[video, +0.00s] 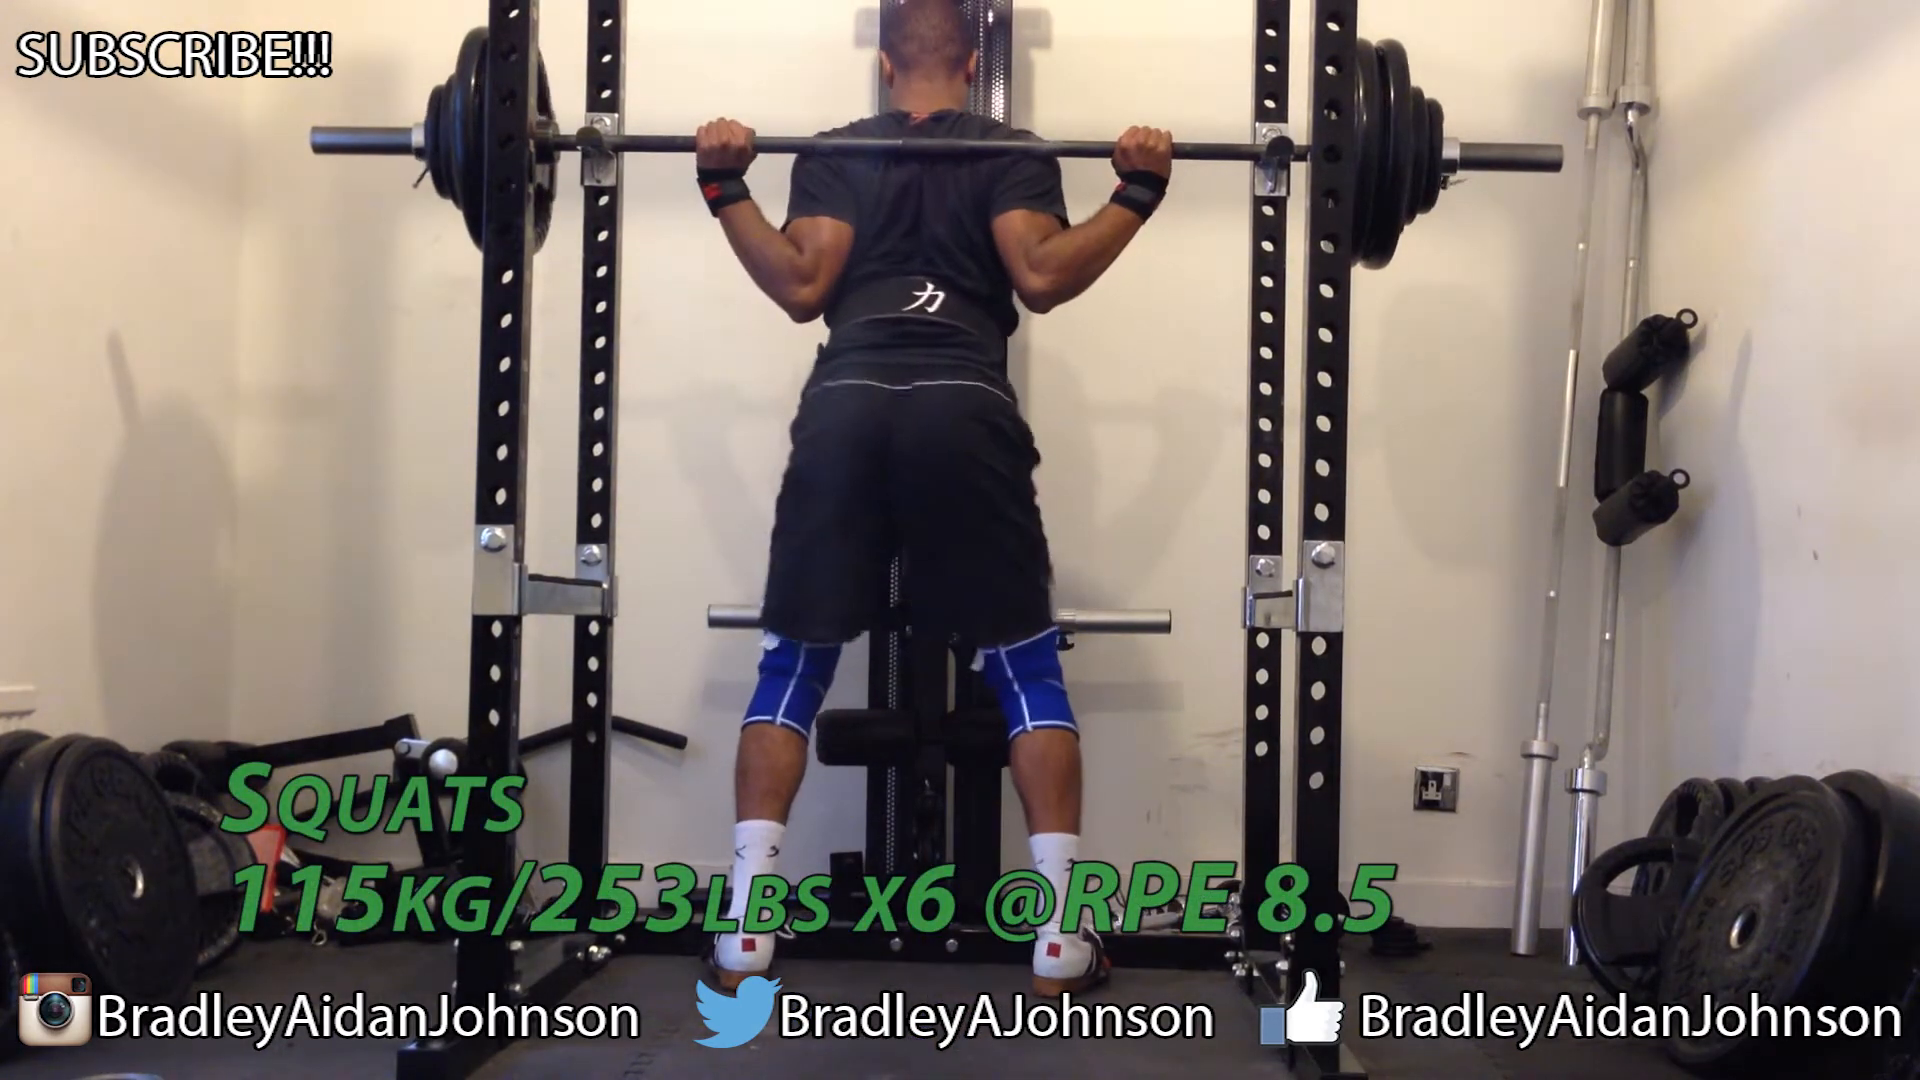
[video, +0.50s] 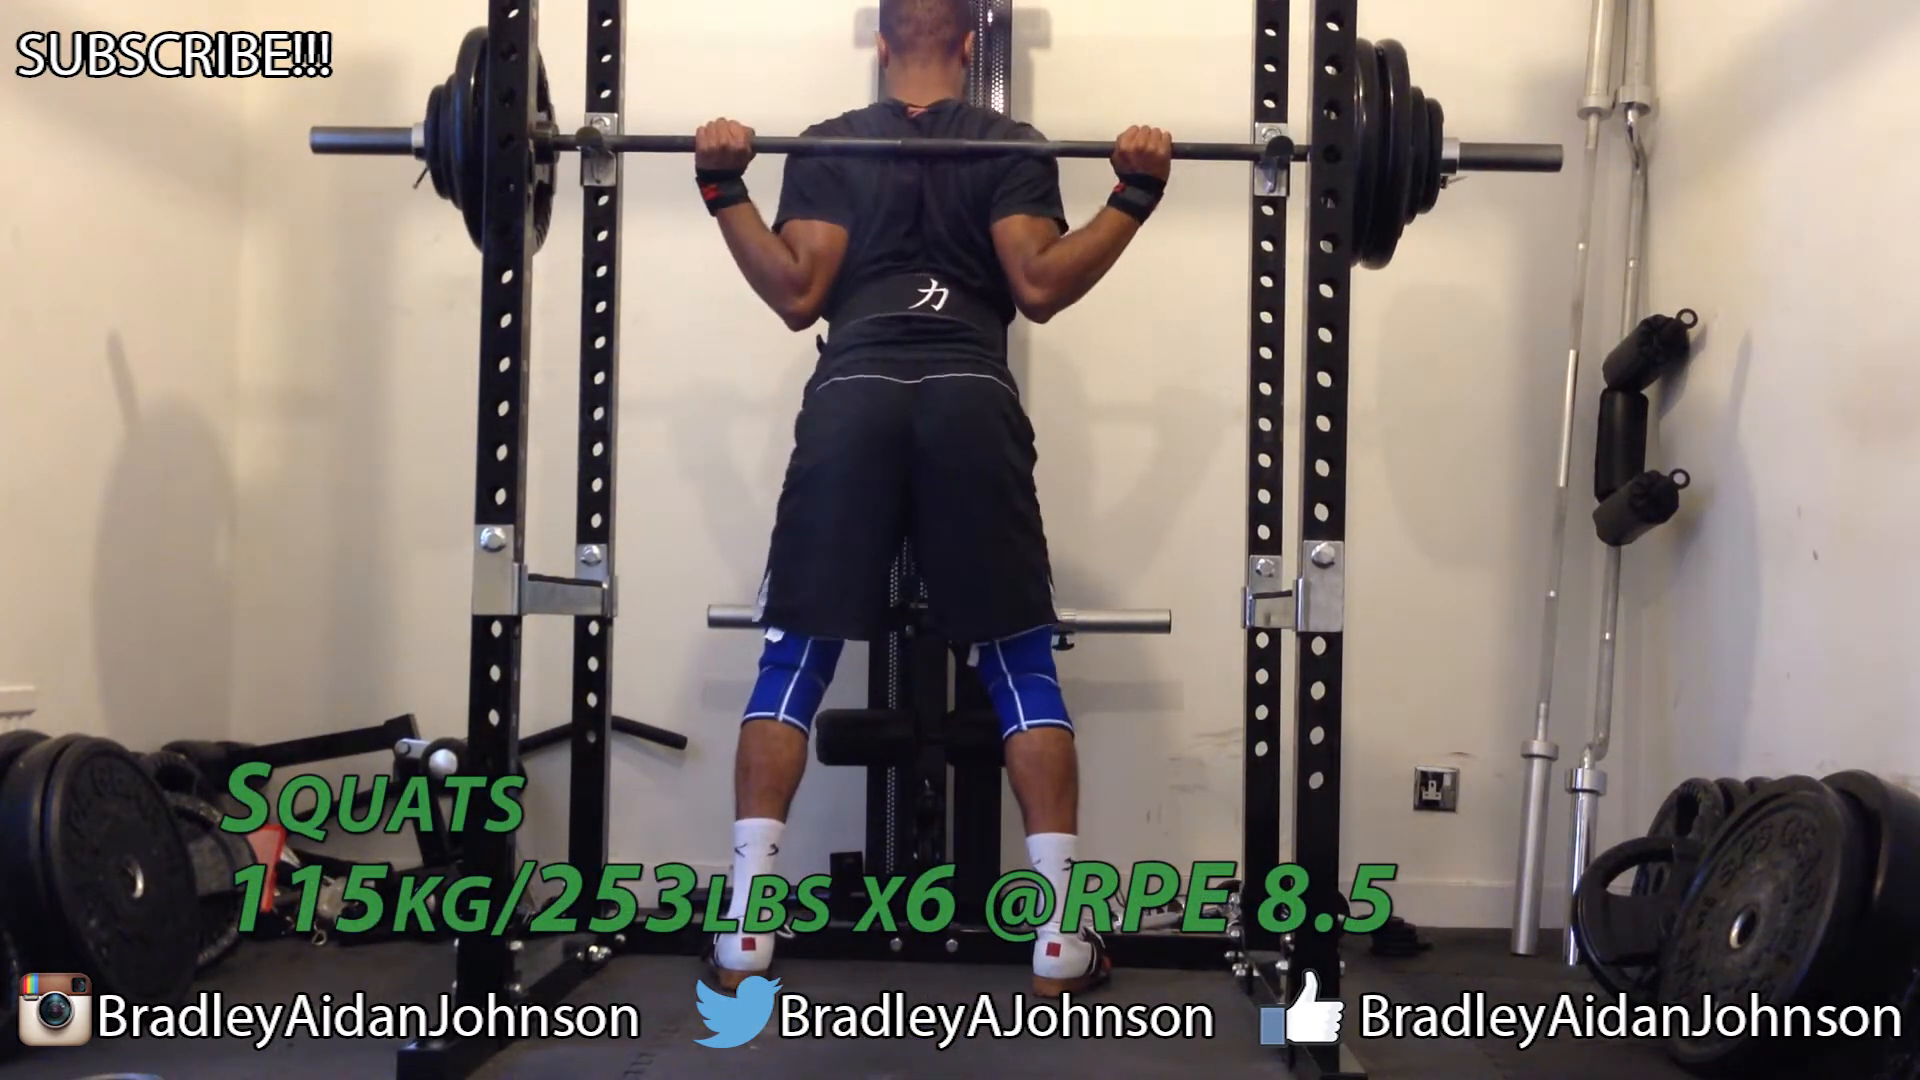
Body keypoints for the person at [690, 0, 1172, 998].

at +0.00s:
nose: (907, 39)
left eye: (894, 30)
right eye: (959, 33)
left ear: (881, 56)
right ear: (973, 52)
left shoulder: (833, 151)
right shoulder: (1009, 151)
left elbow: (801, 286)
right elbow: (1041, 278)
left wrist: (726, 188)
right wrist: (1136, 192)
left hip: (840, 408)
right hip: (962, 408)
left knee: (791, 667)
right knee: (1029, 672)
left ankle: (749, 914)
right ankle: (1058, 922)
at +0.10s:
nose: (888, 39)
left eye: (891, 28)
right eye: (956, 31)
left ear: (886, 47)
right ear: (975, 50)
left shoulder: (832, 147)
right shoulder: (1011, 148)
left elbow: (801, 285)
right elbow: (1041, 278)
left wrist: (725, 187)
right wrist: (1135, 193)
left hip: (851, 402)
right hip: (974, 403)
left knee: (795, 660)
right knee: (1032, 670)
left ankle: (749, 912)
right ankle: (1059, 923)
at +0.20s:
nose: (890, 26)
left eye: (892, 18)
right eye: (946, 21)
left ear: (881, 45)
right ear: (971, 46)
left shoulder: (829, 146)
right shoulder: (1009, 148)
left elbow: (797, 288)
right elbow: (1040, 282)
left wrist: (724, 187)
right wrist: (1134, 194)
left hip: (855, 402)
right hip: (978, 404)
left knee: (794, 657)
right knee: (1030, 667)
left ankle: (748, 910)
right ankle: (1059, 922)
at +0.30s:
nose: (889, 20)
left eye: (895, 12)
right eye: (910, 12)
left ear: (879, 44)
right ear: (968, 43)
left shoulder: (826, 145)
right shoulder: (1008, 147)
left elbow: (794, 292)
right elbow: (1039, 283)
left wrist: (723, 188)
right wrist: (1133, 195)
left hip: (855, 399)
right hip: (978, 402)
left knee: (794, 655)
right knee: (1026, 664)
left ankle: (748, 915)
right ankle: (1058, 925)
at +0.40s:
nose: (884, 21)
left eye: (890, 12)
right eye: (910, 12)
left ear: (881, 39)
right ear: (968, 39)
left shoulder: (826, 143)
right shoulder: (1009, 145)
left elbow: (795, 293)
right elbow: (1040, 286)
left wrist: (723, 188)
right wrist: (1133, 195)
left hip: (851, 401)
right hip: (974, 404)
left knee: (794, 656)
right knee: (1023, 663)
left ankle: (748, 916)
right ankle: (1057, 925)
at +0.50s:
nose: (884, 20)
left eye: (890, 11)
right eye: (908, 11)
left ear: (882, 37)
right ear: (969, 37)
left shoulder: (825, 143)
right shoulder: (1010, 144)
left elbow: (796, 293)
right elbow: (1040, 286)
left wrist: (724, 189)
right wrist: (1133, 195)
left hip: (849, 401)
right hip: (971, 404)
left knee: (795, 658)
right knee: (1022, 663)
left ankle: (749, 912)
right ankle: (1058, 922)